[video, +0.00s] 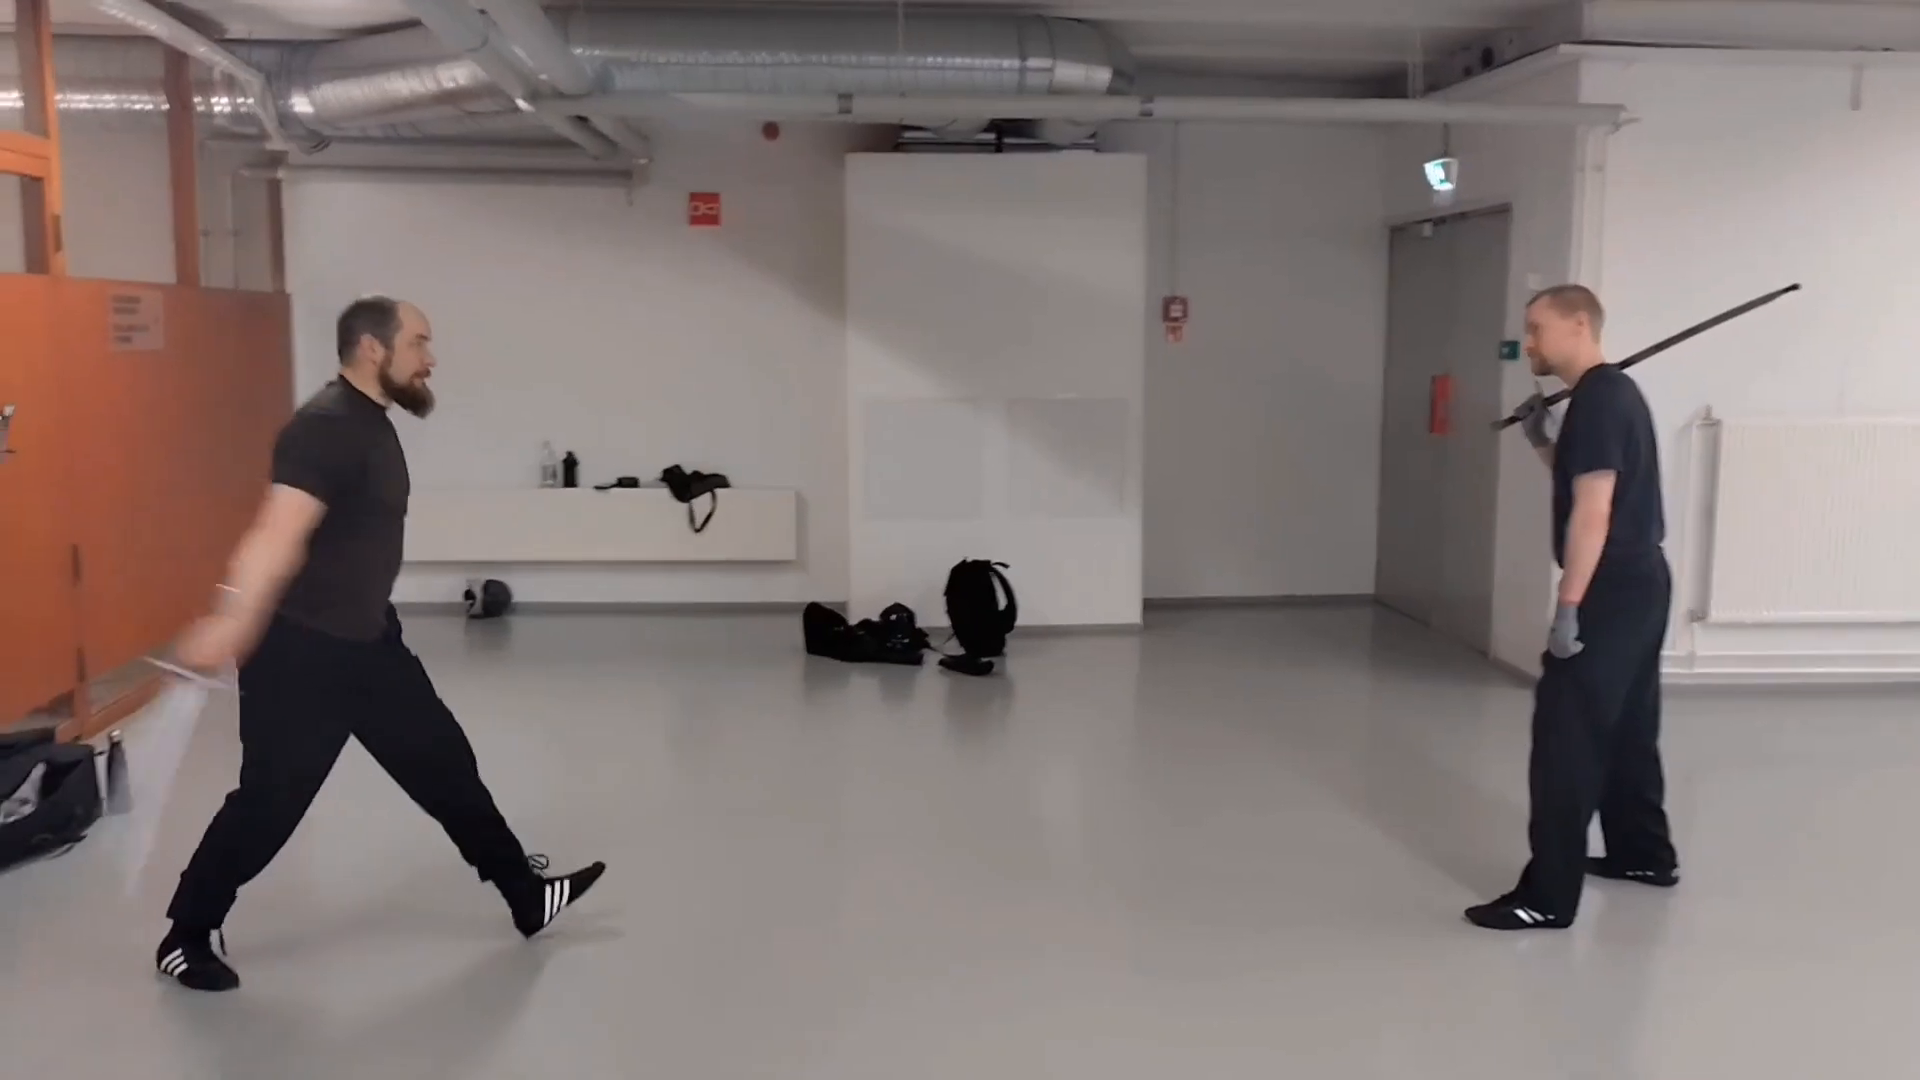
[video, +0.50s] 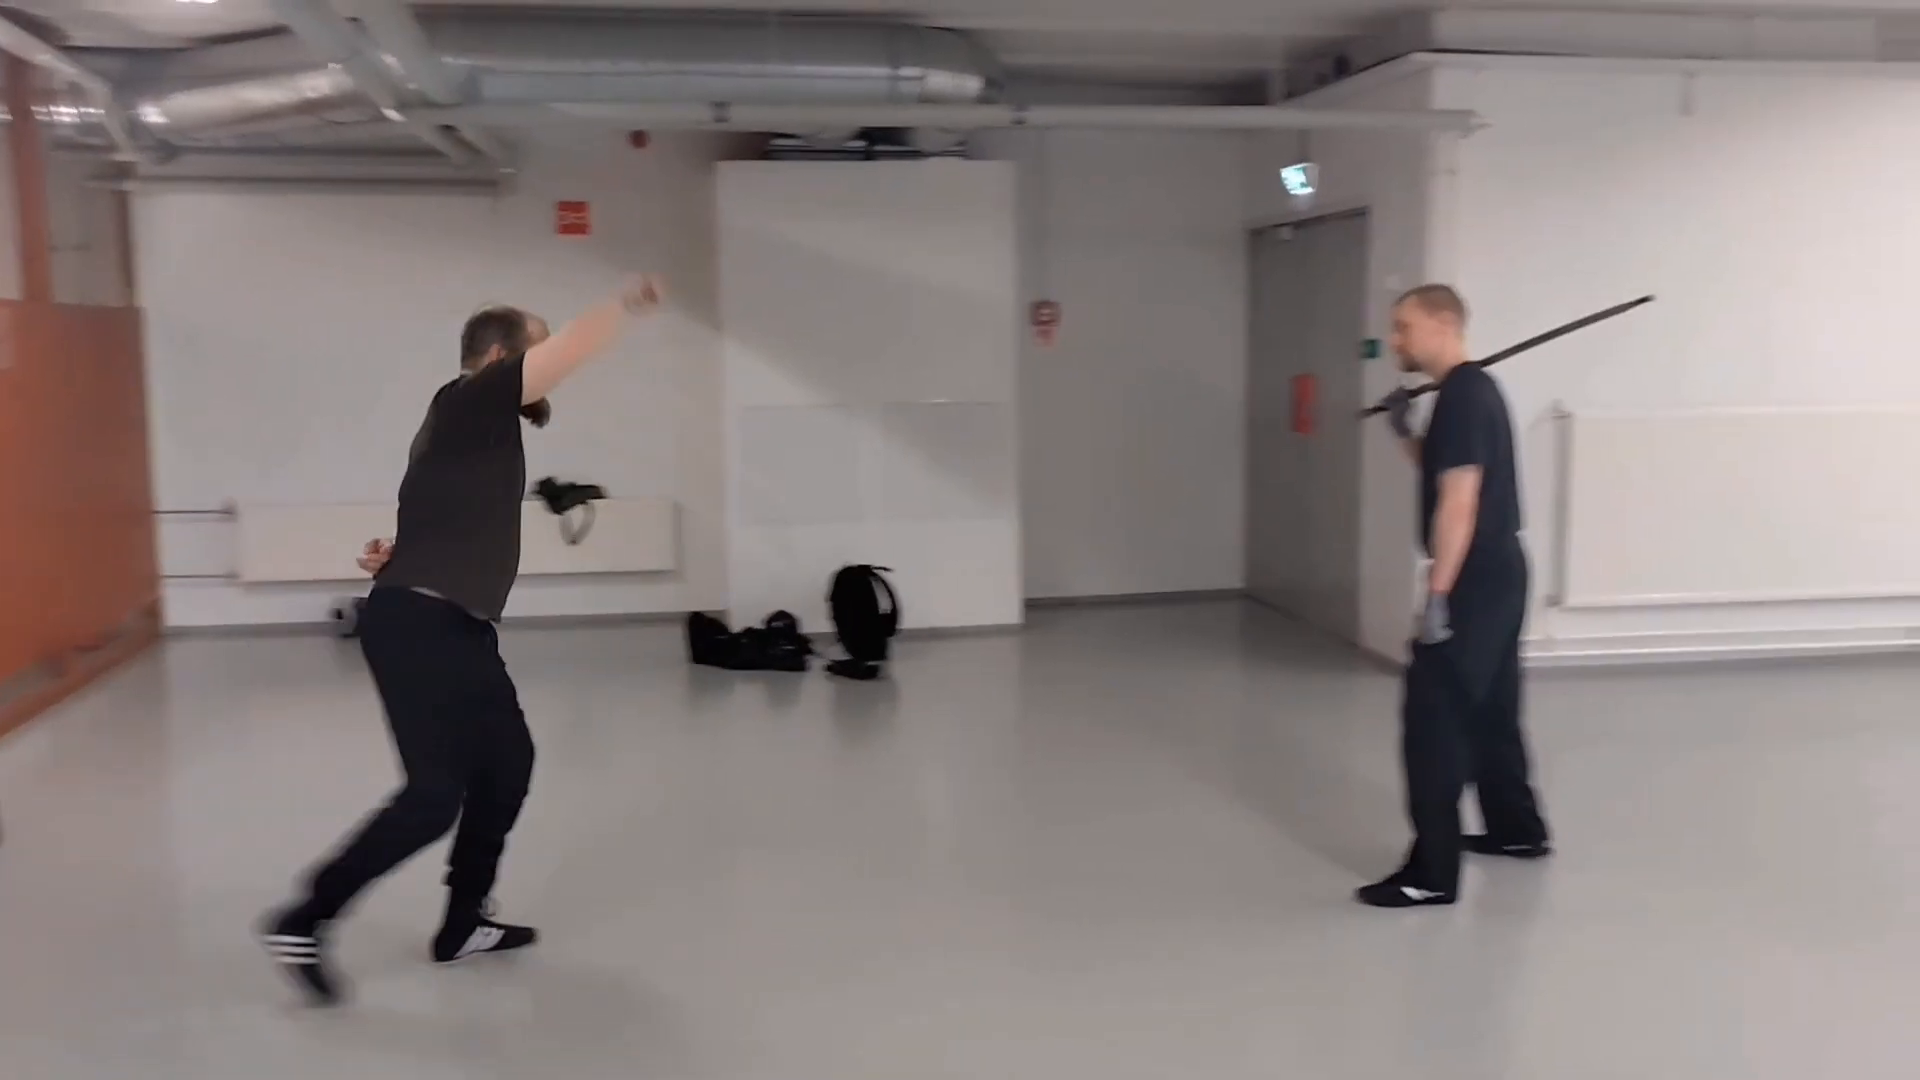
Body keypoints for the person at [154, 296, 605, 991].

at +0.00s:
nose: (429, 359)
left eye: (428, 345)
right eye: (418, 345)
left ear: (374, 351)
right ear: (370, 350)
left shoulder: (372, 423)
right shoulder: (324, 429)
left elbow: (338, 534)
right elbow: (274, 536)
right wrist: (232, 623)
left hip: (368, 647)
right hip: (299, 651)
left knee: (444, 766)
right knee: (269, 803)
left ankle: (527, 892)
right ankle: (185, 935)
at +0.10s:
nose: (448, 367)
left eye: (446, 353)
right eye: (437, 353)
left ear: (393, 363)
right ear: (389, 360)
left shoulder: (378, 430)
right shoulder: (357, 430)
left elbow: (361, 528)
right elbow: (356, 536)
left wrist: (292, 554)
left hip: (366, 632)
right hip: (304, 634)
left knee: (451, 761)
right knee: (271, 790)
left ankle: (524, 902)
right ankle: (169, 934)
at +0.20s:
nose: (469, 379)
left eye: (468, 365)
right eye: (458, 364)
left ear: (409, 370)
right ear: (411, 368)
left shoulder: (392, 426)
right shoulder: (391, 424)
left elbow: (378, 531)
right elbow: (450, 516)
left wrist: (317, 560)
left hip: (390, 643)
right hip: (329, 647)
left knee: (476, 748)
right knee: (270, 790)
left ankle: (513, 908)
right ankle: (151, 931)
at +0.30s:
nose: (494, 378)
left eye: (493, 364)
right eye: (483, 364)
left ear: (438, 369)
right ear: (441, 365)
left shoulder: (427, 431)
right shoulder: (412, 412)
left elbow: (403, 522)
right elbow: (515, 437)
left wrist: (343, 554)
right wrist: (600, 479)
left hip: (418, 643)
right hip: (356, 640)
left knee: (496, 751)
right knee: (293, 791)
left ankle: (495, 910)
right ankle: (154, 925)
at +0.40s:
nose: (521, 375)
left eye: (520, 363)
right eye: (513, 363)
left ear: (464, 362)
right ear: (473, 360)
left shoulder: (456, 429)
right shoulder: (440, 402)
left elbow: (441, 526)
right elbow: (550, 380)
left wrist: (374, 552)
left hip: (437, 636)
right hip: (388, 630)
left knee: (502, 759)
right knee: (354, 794)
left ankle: (477, 918)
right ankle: (201, 911)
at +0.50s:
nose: (548, 368)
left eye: (548, 356)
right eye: (540, 353)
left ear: (487, 357)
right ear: (502, 354)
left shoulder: (483, 426)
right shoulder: (471, 399)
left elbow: (464, 529)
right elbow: (564, 354)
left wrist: (403, 555)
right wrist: (624, 304)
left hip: (458, 628)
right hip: (412, 621)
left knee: (507, 761)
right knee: (438, 790)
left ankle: (463, 923)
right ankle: (300, 922)